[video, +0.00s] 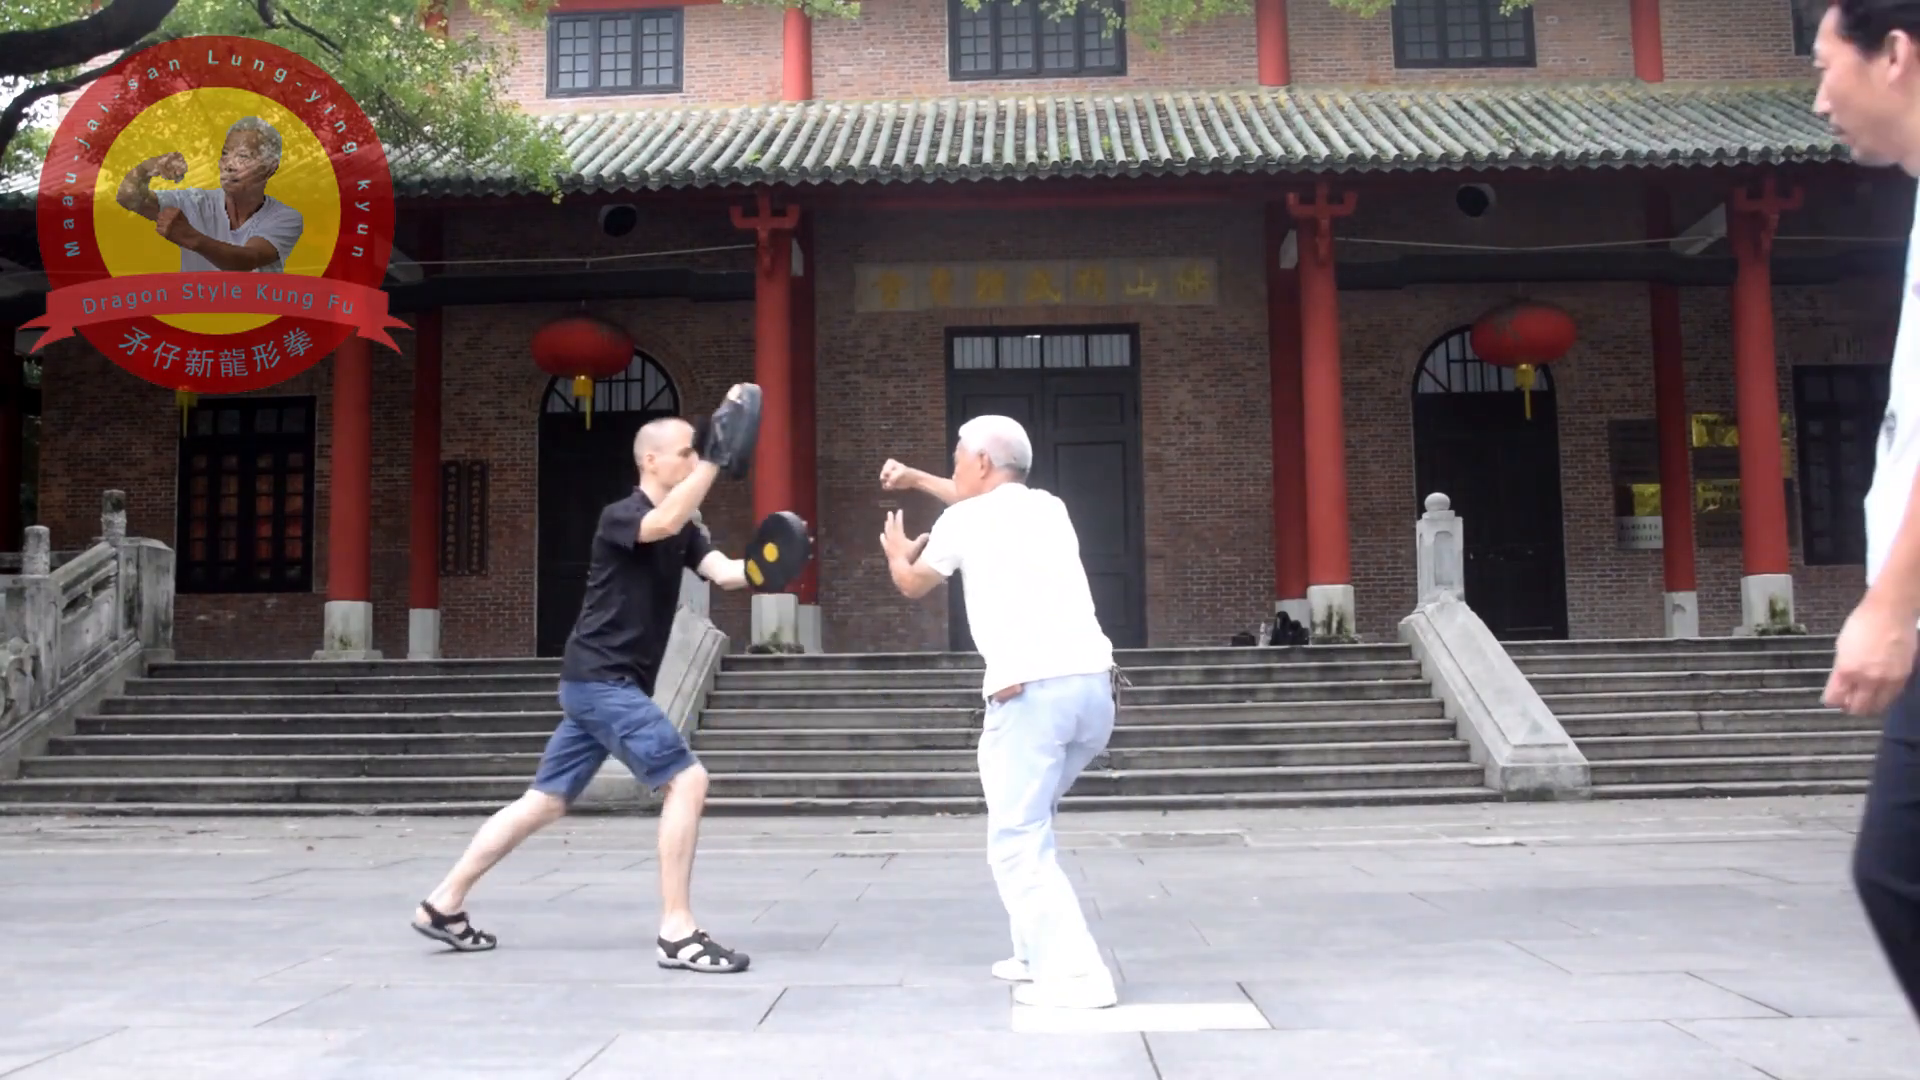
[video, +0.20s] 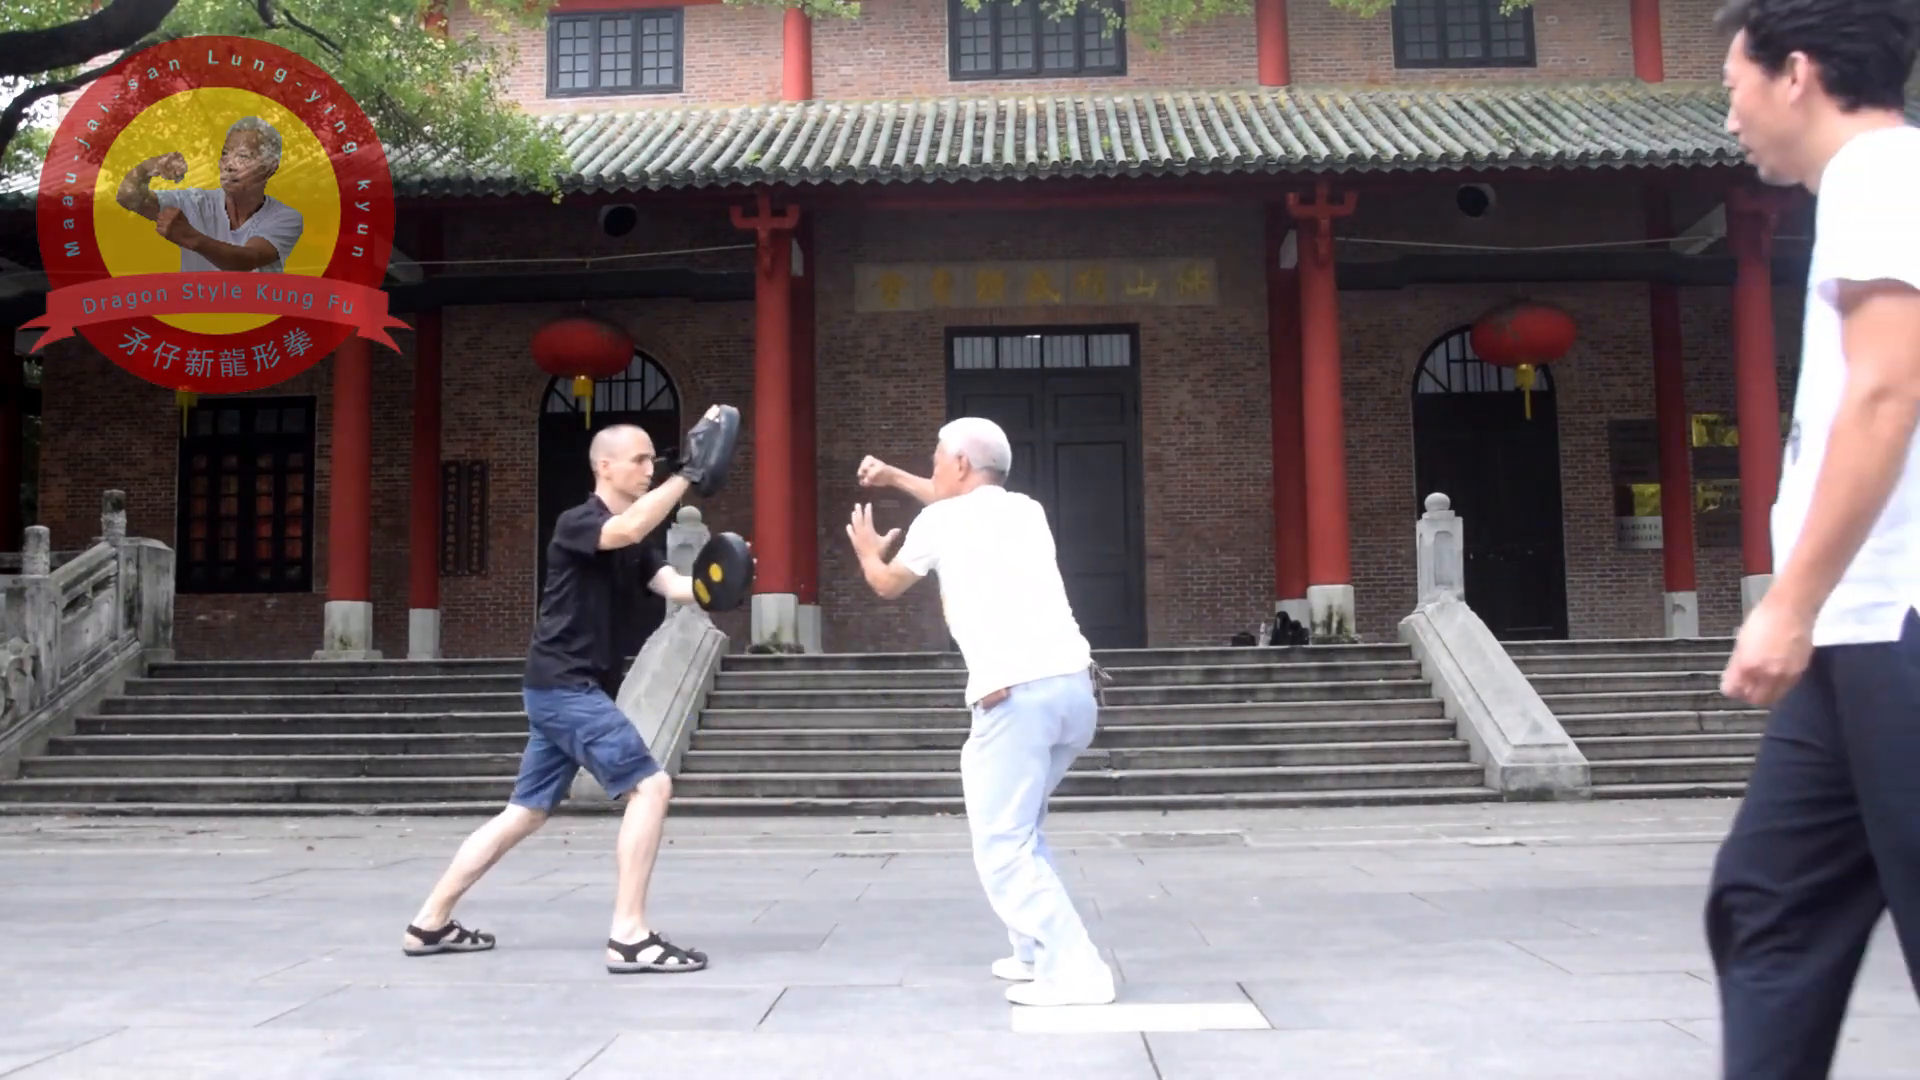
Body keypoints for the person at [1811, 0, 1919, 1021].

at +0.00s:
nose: (1818, 92)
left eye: (1826, 60)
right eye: (1817, 65)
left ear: (1897, 55)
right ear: (1896, 58)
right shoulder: (1917, 203)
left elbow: (1919, 428)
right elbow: (1912, 422)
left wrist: (1891, 605)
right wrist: (1887, 605)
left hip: (1917, 615)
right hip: (1913, 615)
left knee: (1892, 866)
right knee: (1891, 867)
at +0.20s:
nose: (1731, 119)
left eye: (1735, 88)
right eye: (1727, 92)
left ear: (1803, 73)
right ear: (1815, 75)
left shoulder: (1877, 172)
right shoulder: (1869, 177)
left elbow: (1887, 393)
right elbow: (1881, 399)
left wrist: (1791, 602)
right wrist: (1803, 604)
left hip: (1893, 631)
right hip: (1857, 629)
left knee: (1919, 934)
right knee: (1769, 910)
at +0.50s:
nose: (1571, 134)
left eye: (1576, 106)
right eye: (1570, 109)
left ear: (1629, 100)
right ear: (1673, 102)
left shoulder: (1682, 167)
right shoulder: (1715, 186)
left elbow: (1672, 372)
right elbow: (1710, 405)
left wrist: (1600, 572)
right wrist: (1616, 578)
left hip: (1713, 613)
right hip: (1662, 618)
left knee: (1762, 924)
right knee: (1620, 931)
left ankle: (1897, 1051)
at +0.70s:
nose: (1467, 145)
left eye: (1470, 119)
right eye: (1467, 121)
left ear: (1515, 112)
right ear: (1565, 112)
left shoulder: (1567, 174)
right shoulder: (1622, 193)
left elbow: (1563, 373)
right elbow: (1611, 409)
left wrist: (1482, 567)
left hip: (1606, 612)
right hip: (1644, 610)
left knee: (1502, 893)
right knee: (1617, 911)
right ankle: (1647, 1067)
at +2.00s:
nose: (896, 188)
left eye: (896, 176)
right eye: (898, 178)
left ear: (914, 173)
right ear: (1010, 184)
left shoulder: (911, 233)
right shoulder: (1051, 298)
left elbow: (881, 408)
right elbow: (1085, 500)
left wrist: (825, 594)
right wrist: (1050, 626)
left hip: (948, 641)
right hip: (1047, 648)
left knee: (944, 907)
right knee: (1003, 909)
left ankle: (1109, 1068)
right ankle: (982, 1075)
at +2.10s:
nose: (872, 189)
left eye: (872, 178)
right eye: (874, 180)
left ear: (892, 176)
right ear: (987, 188)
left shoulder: (885, 230)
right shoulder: (1025, 304)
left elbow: (848, 407)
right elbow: (1057, 502)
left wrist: (784, 590)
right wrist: (1017, 623)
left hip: (923, 635)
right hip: (1025, 642)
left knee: (891, 892)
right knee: (988, 889)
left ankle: (1061, 1069)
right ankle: (980, 1067)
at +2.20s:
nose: (849, 194)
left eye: (850, 183)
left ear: (868, 181)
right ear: (965, 196)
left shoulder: (863, 236)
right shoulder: (1004, 312)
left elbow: (823, 411)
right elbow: (1035, 507)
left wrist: (754, 588)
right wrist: (995, 627)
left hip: (903, 635)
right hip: (1001, 642)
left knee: (855, 903)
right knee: (971, 901)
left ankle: (949, 1065)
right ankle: (983, 1071)